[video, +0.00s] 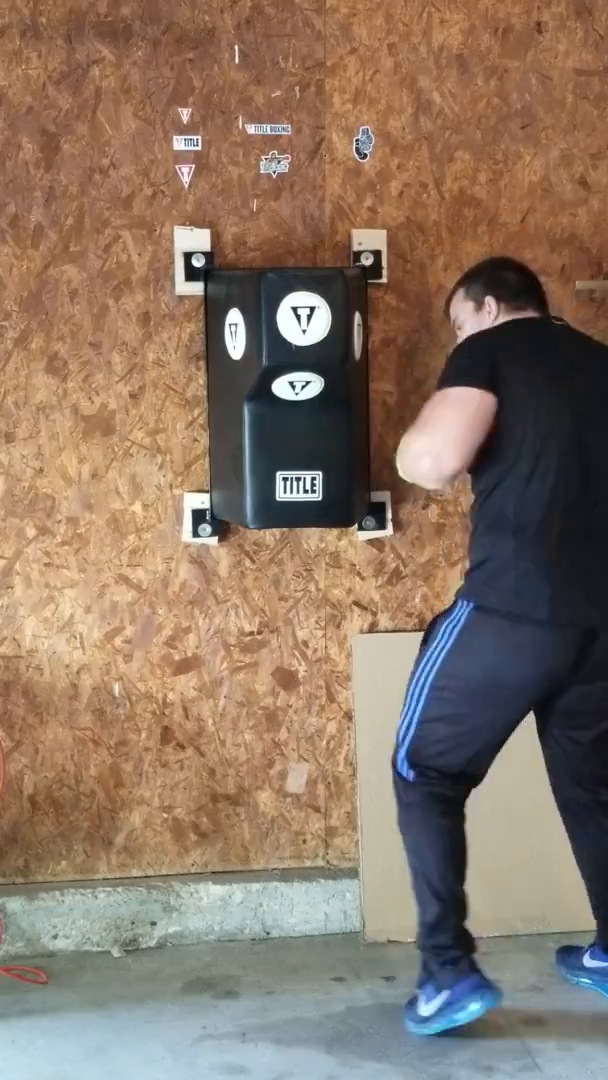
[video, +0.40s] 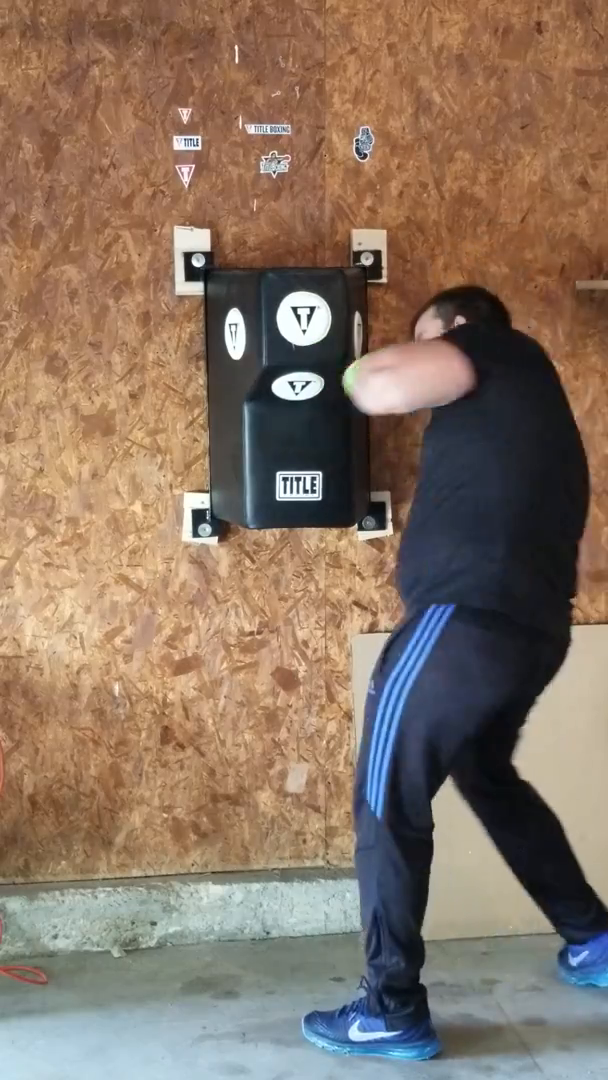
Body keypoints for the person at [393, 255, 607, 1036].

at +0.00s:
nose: (459, 337)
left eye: (460, 323)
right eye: (457, 326)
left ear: (487, 305)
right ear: (536, 305)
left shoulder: (489, 350)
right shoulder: (599, 359)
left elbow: (428, 463)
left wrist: (448, 431)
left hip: (516, 608)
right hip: (600, 616)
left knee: (426, 775)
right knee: (593, 791)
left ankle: (447, 970)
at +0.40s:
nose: (416, 347)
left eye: (423, 333)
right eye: (417, 336)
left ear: (455, 322)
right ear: (489, 325)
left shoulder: (484, 351)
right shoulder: (549, 404)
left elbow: (370, 388)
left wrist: (395, 357)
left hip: (463, 614)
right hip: (537, 626)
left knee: (387, 796)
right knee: (482, 766)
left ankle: (391, 1005)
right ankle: (592, 937)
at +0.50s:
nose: (421, 342)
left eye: (425, 325)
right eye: (419, 331)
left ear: (463, 308)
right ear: (472, 314)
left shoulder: (543, 349)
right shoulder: (487, 407)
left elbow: (471, 382)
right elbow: (433, 550)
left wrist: (413, 350)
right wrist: (334, 522)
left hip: (467, 611)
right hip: (484, 617)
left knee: (387, 798)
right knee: (455, 776)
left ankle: (393, 1006)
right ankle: (564, 938)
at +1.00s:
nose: (396, 326)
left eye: (396, 305)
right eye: (391, 310)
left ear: (429, 287)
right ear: (453, 283)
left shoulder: (483, 350)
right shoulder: (514, 342)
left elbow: (444, 472)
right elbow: (457, 458)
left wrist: (369, 428)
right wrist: (393, 411)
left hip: (470, 597)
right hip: (534, 598)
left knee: (378, 782)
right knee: (511, 768)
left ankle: (349, 987)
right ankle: (560, 953)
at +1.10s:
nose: (385, 330)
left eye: (383, 316)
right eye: (381, 319)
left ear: (413, 300)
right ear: (459, 289)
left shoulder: (442, 362)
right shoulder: (531, 356)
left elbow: (371, 475)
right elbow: (474, 453)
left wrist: (330, 406)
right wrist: (397, 390)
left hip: (447, 617)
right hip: (534, 615)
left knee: (368, 801)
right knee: (510, 769)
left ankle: (319, 1003)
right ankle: (561, 954)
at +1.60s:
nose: (356, 313)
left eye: (355, 304)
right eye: (362, 306)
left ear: (371, 300)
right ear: (448, 294)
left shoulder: (338, 358)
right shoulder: (517, 368)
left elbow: (257, 463)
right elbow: (481, 462)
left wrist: (281, 395)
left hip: (355, 641)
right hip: (477, 642)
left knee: (324, 828)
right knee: (495, 840)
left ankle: (303, 1021)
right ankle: (522, 1049)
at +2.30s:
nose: (436, 309)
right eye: (440, 297)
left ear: (353, 277)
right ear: (438, 297)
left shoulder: (280, 336)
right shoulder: (452, 370)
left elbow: (228, 382)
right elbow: (495, 501)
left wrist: (334, 348)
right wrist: (433, 425)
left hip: (241, 653)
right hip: (360, 665)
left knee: (245, 822)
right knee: (402, 884)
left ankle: (170, 1033)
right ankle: (412, 1068)